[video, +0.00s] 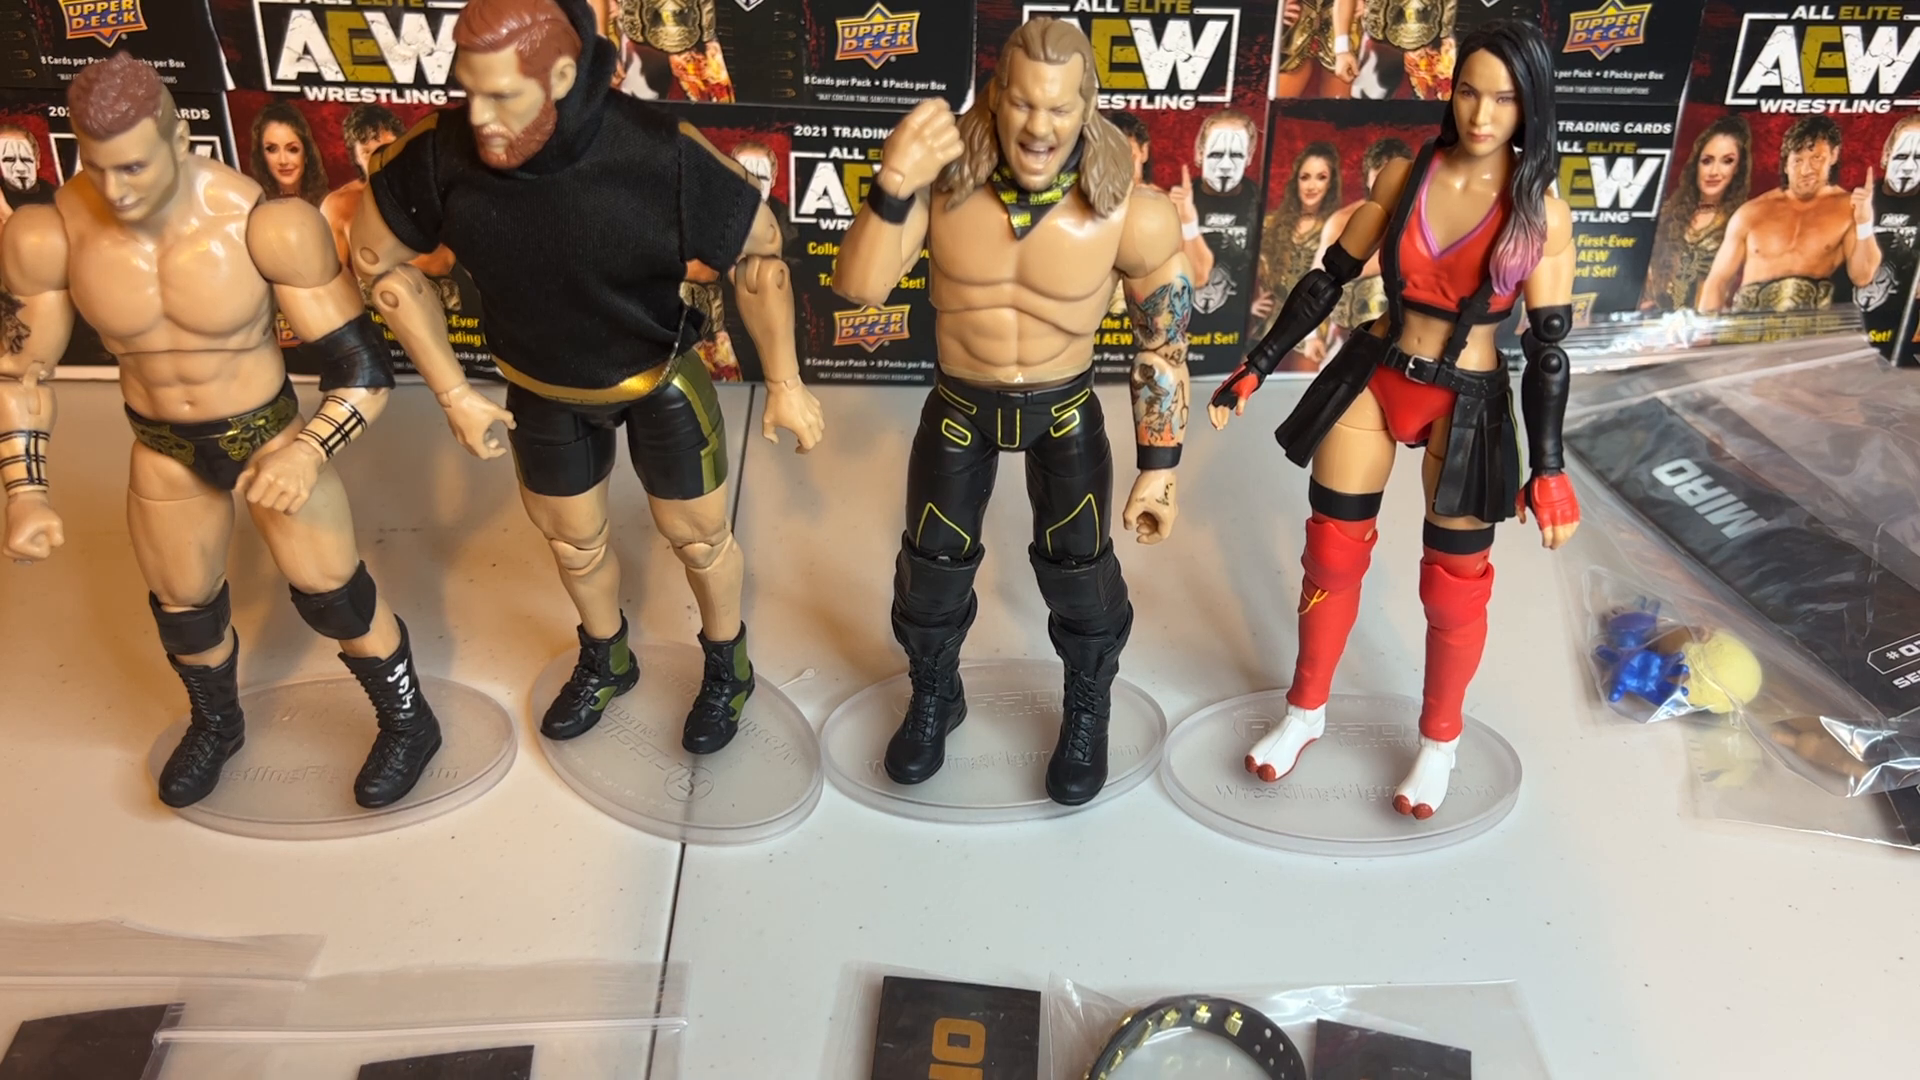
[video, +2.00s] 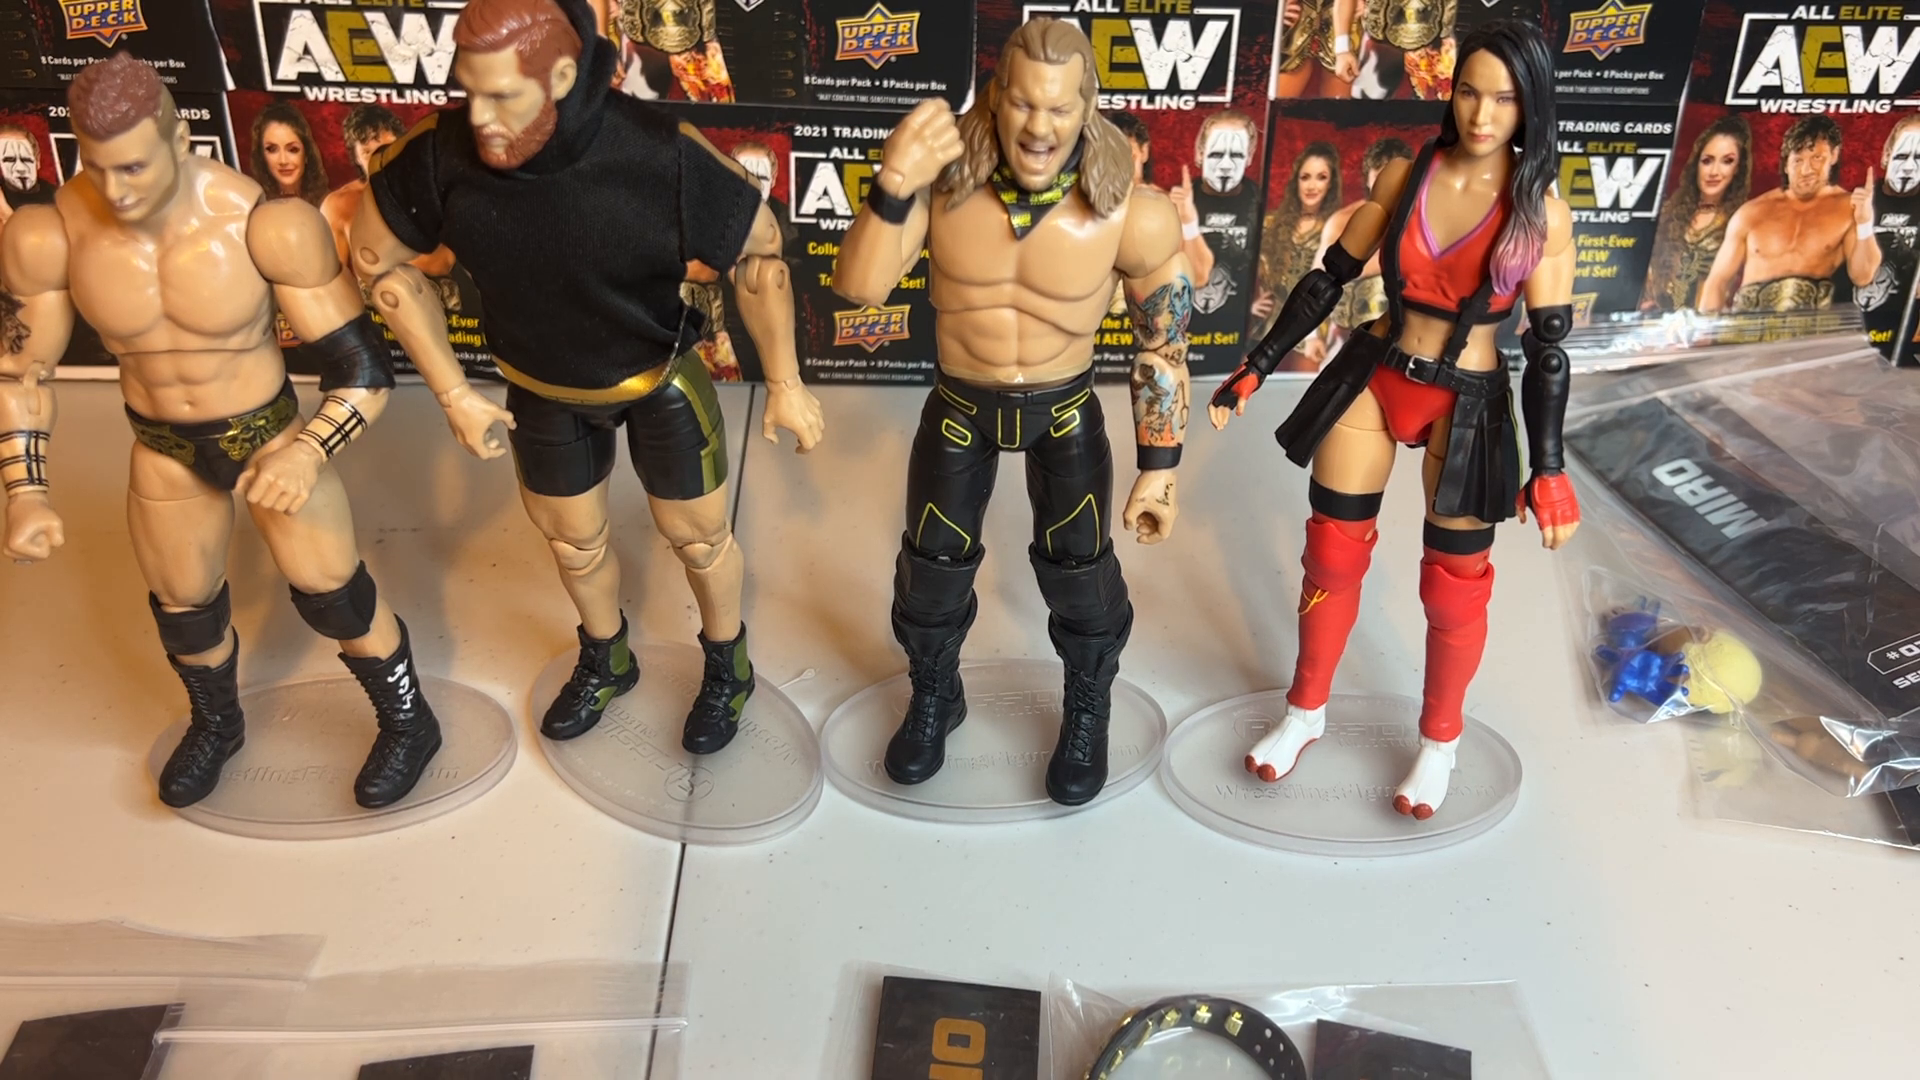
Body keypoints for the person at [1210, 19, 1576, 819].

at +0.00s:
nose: (1480, 113)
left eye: (1501, 99)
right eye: (1469, 94)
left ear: (1529, 108)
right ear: (1450, 94)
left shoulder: (1540, 209)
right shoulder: (1406, 175)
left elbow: (1549, 345)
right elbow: (1333, 273)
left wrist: (1549, 466)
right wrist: (1256, 364)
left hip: (1467, 405)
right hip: (1372, 383)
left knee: (1454, 590)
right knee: (1331, 560)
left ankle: (1438, 742)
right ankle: (1304, 710)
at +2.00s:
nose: (1480, 113)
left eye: (1501, 99)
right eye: (1469, 94)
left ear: (1529, 108)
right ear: (1451, 94)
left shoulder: (1540, 209)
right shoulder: (1406, 175)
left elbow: (1549, 346)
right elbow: (1332, 274)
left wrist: (1549, 467)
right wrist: (1255, 365)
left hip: (1467, 404)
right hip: (1372, 382)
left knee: (1454, 590)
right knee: (1331, 559)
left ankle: (1438, 741)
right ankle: (1305, 709)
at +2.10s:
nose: (1480, 113)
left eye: (1501, 99)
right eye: (1469, 93)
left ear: (1529, 108)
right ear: (1451, 94)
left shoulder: (1540, 207)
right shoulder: (1406, 174)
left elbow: (1549, 343)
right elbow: (1332, 273)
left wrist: (1549, 466)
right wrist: (1256, 364)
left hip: (1467, 404)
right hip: (1372, 382)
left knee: (1454, 591)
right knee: (1331, 560)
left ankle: (1438, 742)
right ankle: (1304, 710)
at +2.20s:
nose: (1480, 113)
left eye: (1501, 99)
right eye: (1469, 93)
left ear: (1528, 108)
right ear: (1451, 94)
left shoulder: (1540, 207)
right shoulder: (1406, 174)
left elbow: (1549, 343)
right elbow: (1333, 273)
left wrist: (1549, 465)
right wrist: (1256, 364)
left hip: (1466, 404)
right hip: (1371, 382)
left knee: (1454, 591)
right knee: (1331, 560)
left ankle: (1438, 742)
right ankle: (1305, 710)